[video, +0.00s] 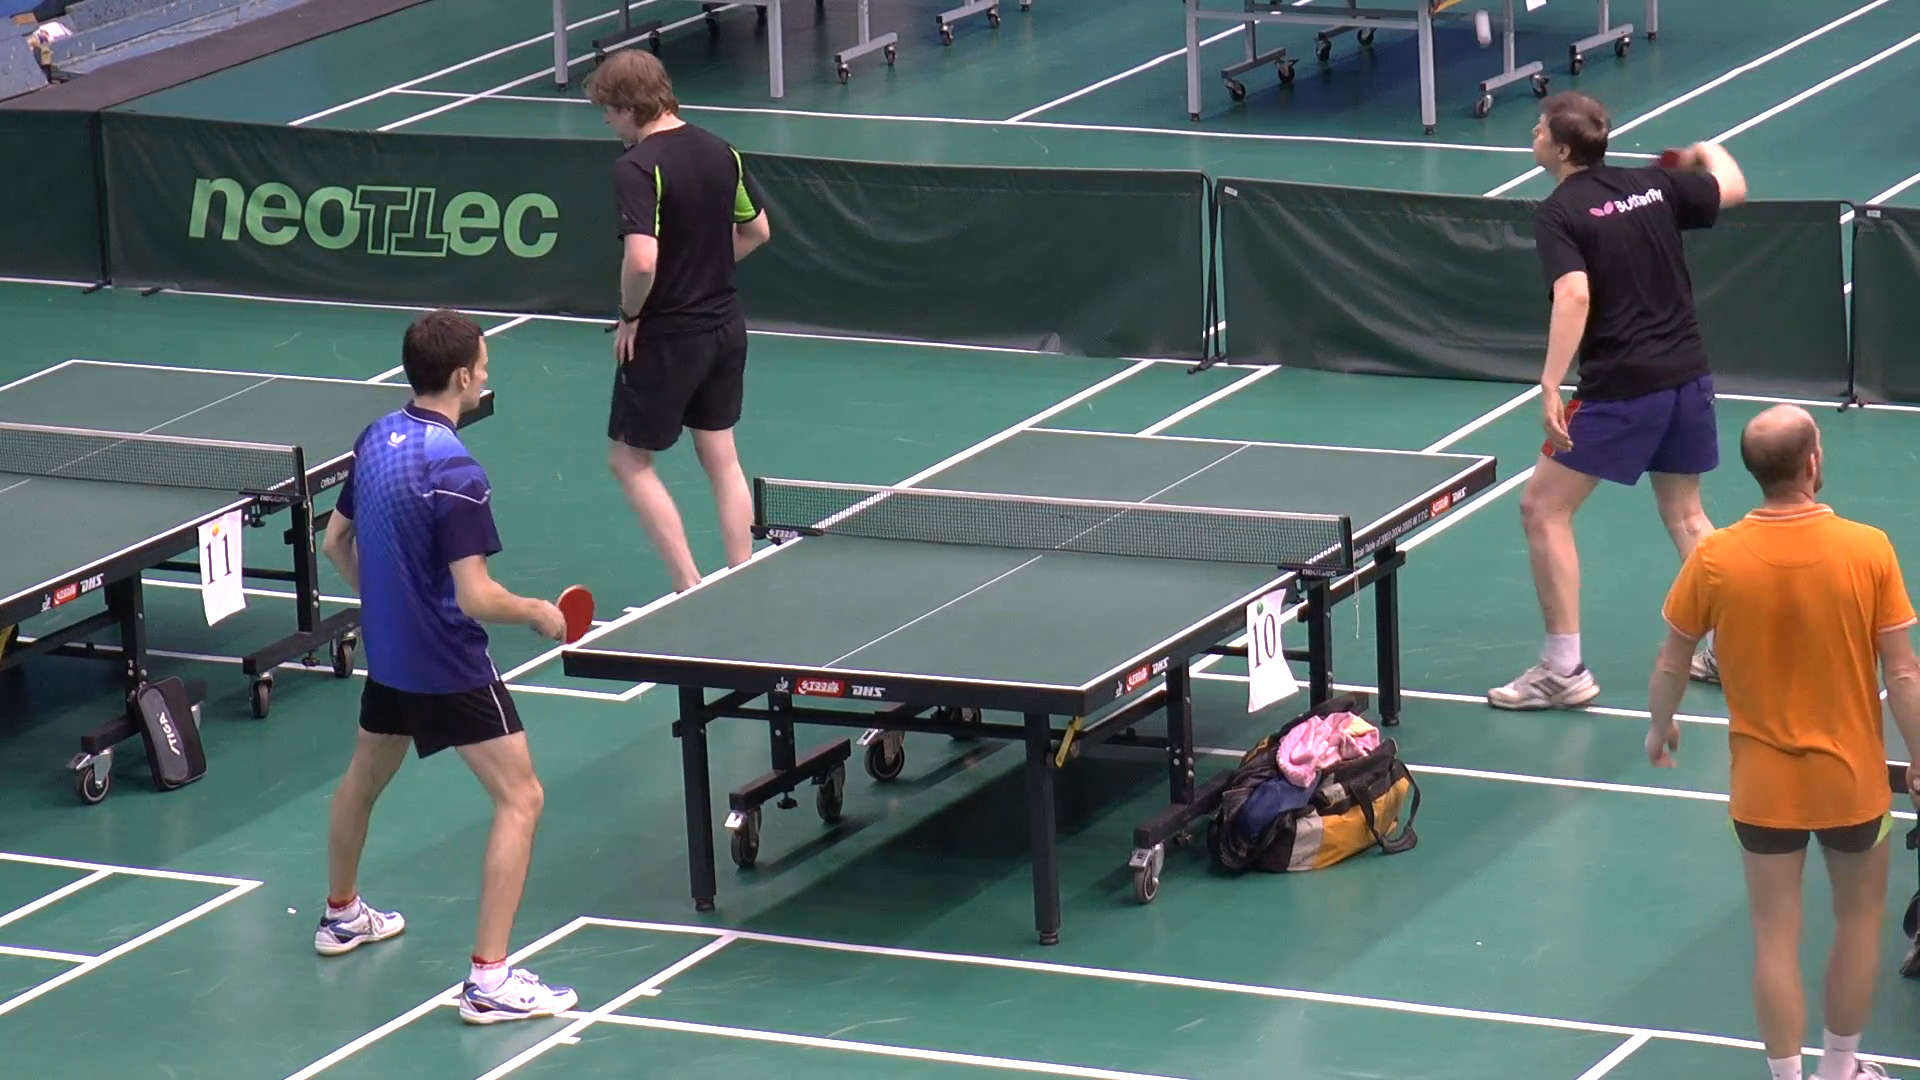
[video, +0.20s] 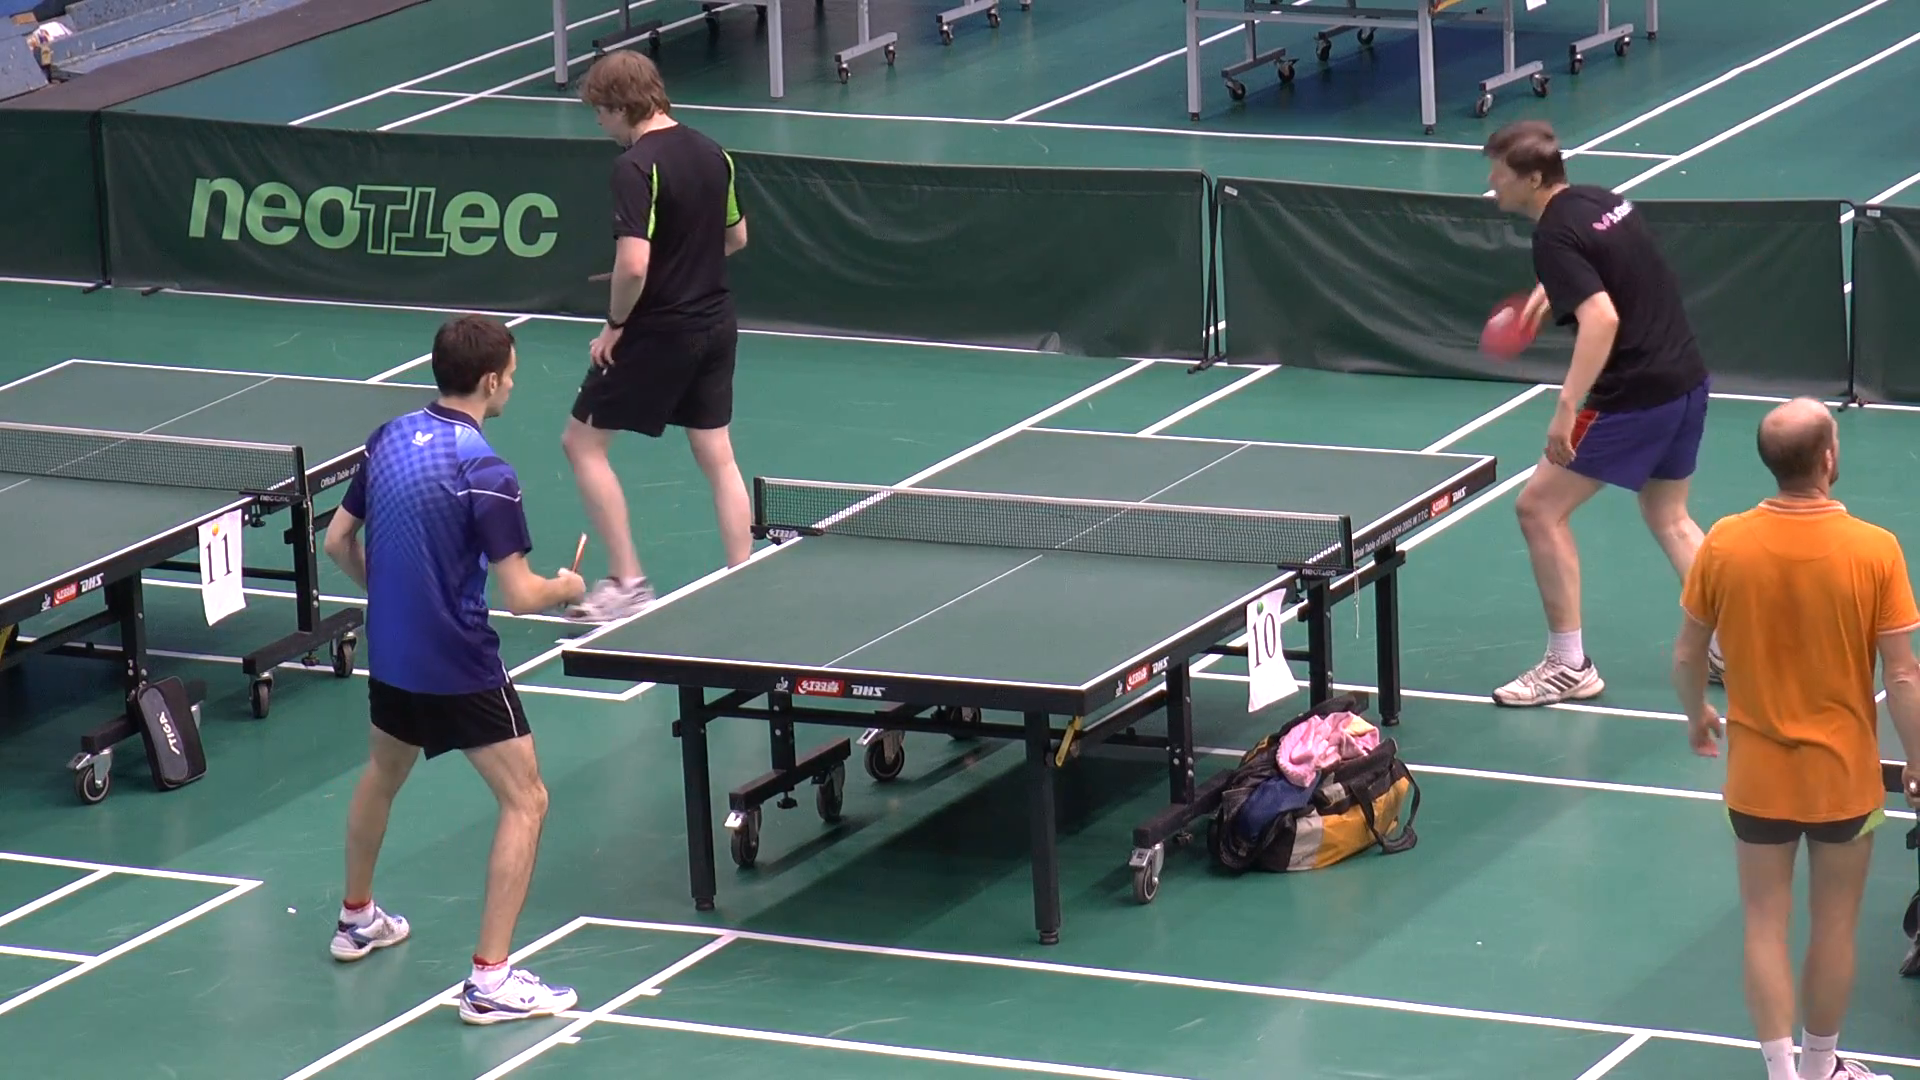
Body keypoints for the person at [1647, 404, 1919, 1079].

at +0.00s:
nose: (1821, 452)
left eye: (1815, 442)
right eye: (1818, 445)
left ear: (1750, 468)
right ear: (1813, 461)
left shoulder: (1716, 555)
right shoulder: (1868, 549)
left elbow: (1672, 662)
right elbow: (1902, 673)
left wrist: (1660, 726)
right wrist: (1918, 761)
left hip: (1761, 786)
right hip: (1853, 779)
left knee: (1774, 933)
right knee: (1857, 916)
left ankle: (1785, 1071)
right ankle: (1840, 1068)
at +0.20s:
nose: (1837, 448)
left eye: (1831, 437)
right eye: (1834, 441)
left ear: (1765, 461)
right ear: (1829, 459)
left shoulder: (1724, 542)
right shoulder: (1876, 549)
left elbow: (1688, 656)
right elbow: (1902, 675)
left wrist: (1696, 714)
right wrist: (1916, 761)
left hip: (1757, 769)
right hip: (1843, 770)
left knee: (1764, 921)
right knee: (1834, 922)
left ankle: (1781, 1070)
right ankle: (1818, 1067)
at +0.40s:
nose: (1861, 439)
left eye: (1855, 429)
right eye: (1859, 432)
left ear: (1788, 455)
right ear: (1851, 453)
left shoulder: (1741, 527)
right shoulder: (1885, 550)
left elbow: (1707, 648)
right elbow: (1903, 683)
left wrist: (1729, 729)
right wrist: (1915, 763)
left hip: (1751, 757)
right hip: (1840, 765)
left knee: (1739, 881)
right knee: (1828, 916)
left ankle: (1744, 1026)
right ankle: (1819, 1066)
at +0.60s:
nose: (1862, 435)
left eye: (1857, 425)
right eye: (1859, 427)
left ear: (1789, 447)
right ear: (1849, 445)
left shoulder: (1740, 516)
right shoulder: (1874, 543)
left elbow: (1701, 631)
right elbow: (1897, 678)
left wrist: (1734, 699)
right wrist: (1917, 744)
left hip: (1749, 740)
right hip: (1827, 754)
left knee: (1752, 856)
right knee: (1825, 912)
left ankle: (1704, 1011)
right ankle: (1817, 1066)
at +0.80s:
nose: (1850, 430)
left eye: (1847, 418)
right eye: (1847, 421)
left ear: (1777, 440)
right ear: (1834, 439)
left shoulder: (1732, 510)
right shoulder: (1838, 536)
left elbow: (1712, 629)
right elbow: (1860, 666)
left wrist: (1749, 683)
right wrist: (1909, 714)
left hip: (1733, 739)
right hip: (1800, 749)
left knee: (1743, 867)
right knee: (1824, 901)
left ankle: (1720, 1015)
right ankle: (1818, 1065)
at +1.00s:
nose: (1839, 428)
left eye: (1837, 416)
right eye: (1836, 418)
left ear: (1770, 433)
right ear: (1818, 434)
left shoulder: (1731, 499)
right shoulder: (1790, 521)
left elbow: (1721, 627)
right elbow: (1800, 647)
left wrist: (1776, 706)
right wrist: (1877, 691)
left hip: (1702, 721)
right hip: (1746, 734)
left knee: (1716, 872)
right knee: (1780, 890)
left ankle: (1714, 1020)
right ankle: (1797, 1054)